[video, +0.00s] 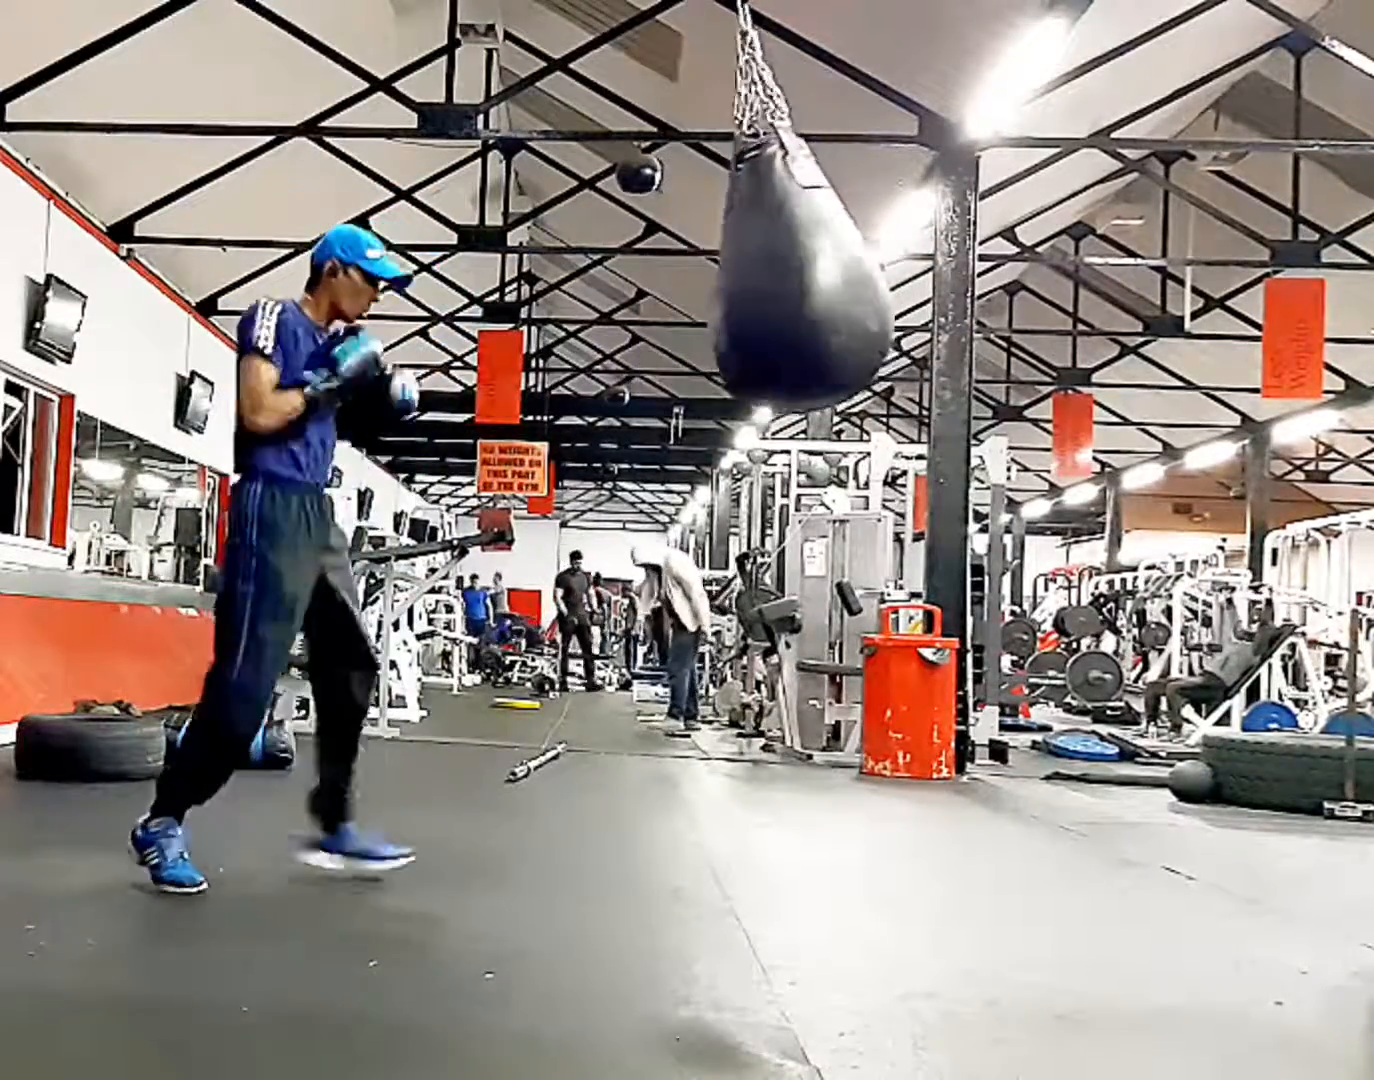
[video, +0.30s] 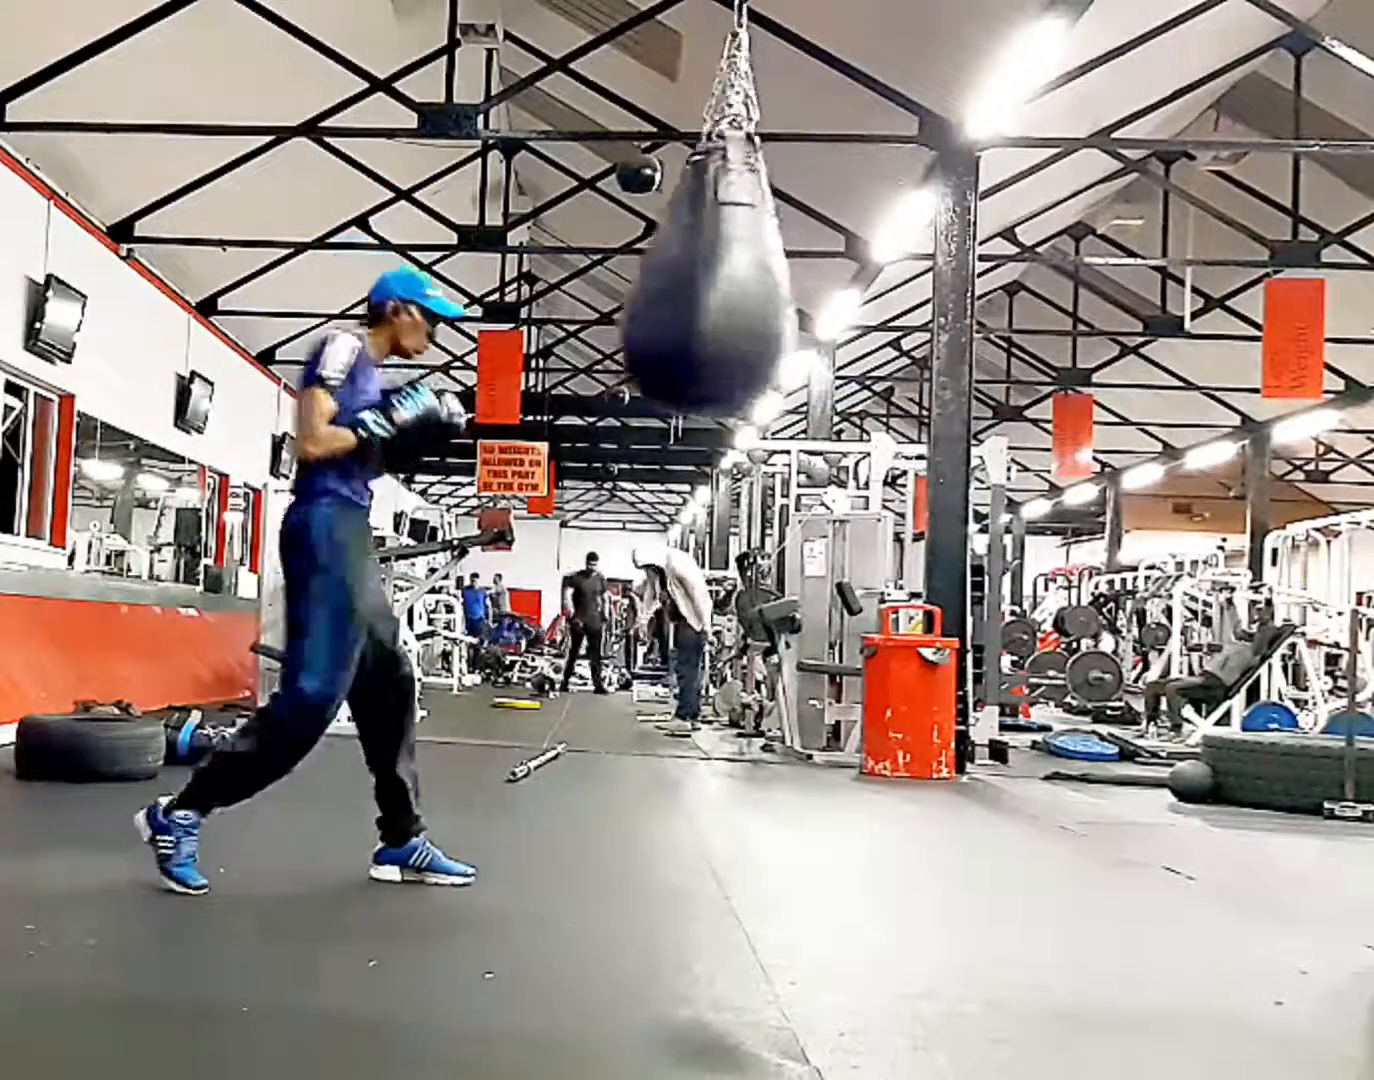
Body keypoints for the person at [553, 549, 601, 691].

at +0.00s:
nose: (577, 565)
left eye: (579, 562)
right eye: (575, 562)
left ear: (582, 562)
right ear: (570, 562)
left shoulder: (586, 577)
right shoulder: (562, 577)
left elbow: (591, 594)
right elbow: (557, 597)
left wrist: (594, 608)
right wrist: (565, 613)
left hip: (583, 615)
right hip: (568, 615)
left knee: (587, 648)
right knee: (565, 649)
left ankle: (590, 679)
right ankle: (563, 680)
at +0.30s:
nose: (593, 567)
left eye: (595, 564)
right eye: (590, 564)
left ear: (598, 564)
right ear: (586, 563)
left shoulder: (600, 579)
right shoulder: (575, 578)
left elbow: (604, 598)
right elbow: (566, 599)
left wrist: (605, 613)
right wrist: (570, 615)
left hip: (595, 620)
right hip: (578, 619)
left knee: (596, 655)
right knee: (573, 653)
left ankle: (598, 684)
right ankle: (565, 682)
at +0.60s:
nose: (602, 565)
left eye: (604, 562)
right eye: (600, 561)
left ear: (608, 562)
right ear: (596, 561)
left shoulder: (612, 579)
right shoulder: (586, 576)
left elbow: (618, 596)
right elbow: (577, 591)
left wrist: (618, 610)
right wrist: (583, 606)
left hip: (605, 616)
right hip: (590, 615)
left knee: (602, 652)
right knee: (587, 651)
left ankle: (600, 684)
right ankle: (584, 682)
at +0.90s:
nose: (602, 563)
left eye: (604, 560)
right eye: (599, 560)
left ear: (608, 561)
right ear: (596, 562)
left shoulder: (616, 579)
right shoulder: (588, 578)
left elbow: (624, 598)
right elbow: (581, 599)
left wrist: (619, 613)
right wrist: (588, 615)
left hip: (610, 618)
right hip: (595, 618)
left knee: (607, 651)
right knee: (597, 650)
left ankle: (602, 682)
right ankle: (596, 681)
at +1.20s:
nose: (598, 564)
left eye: (600, 561)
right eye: (595, 562)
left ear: (604, 561)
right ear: (592, 563)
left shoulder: (615, 576)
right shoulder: (587, 579)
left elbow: (624, 595)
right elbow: (581, 599)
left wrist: (622, 612)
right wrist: (586, 616)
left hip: (612, 617)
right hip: (595, 618)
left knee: (616, 649)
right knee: (597, 651)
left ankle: (607, 679)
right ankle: (599, 682)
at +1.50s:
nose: (596, 563)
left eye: (598, 560)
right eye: (594, 560)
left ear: (604, 559)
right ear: (591, 561)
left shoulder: (614, 574)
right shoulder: (586, 576)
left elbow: (626, 590)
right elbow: (580, 595)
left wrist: (623, 608)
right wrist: (584, 609)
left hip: (611, 619)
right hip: (594, 620)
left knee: (613, 654)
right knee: (596, 655)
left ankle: (616, 685)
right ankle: (599, 685)